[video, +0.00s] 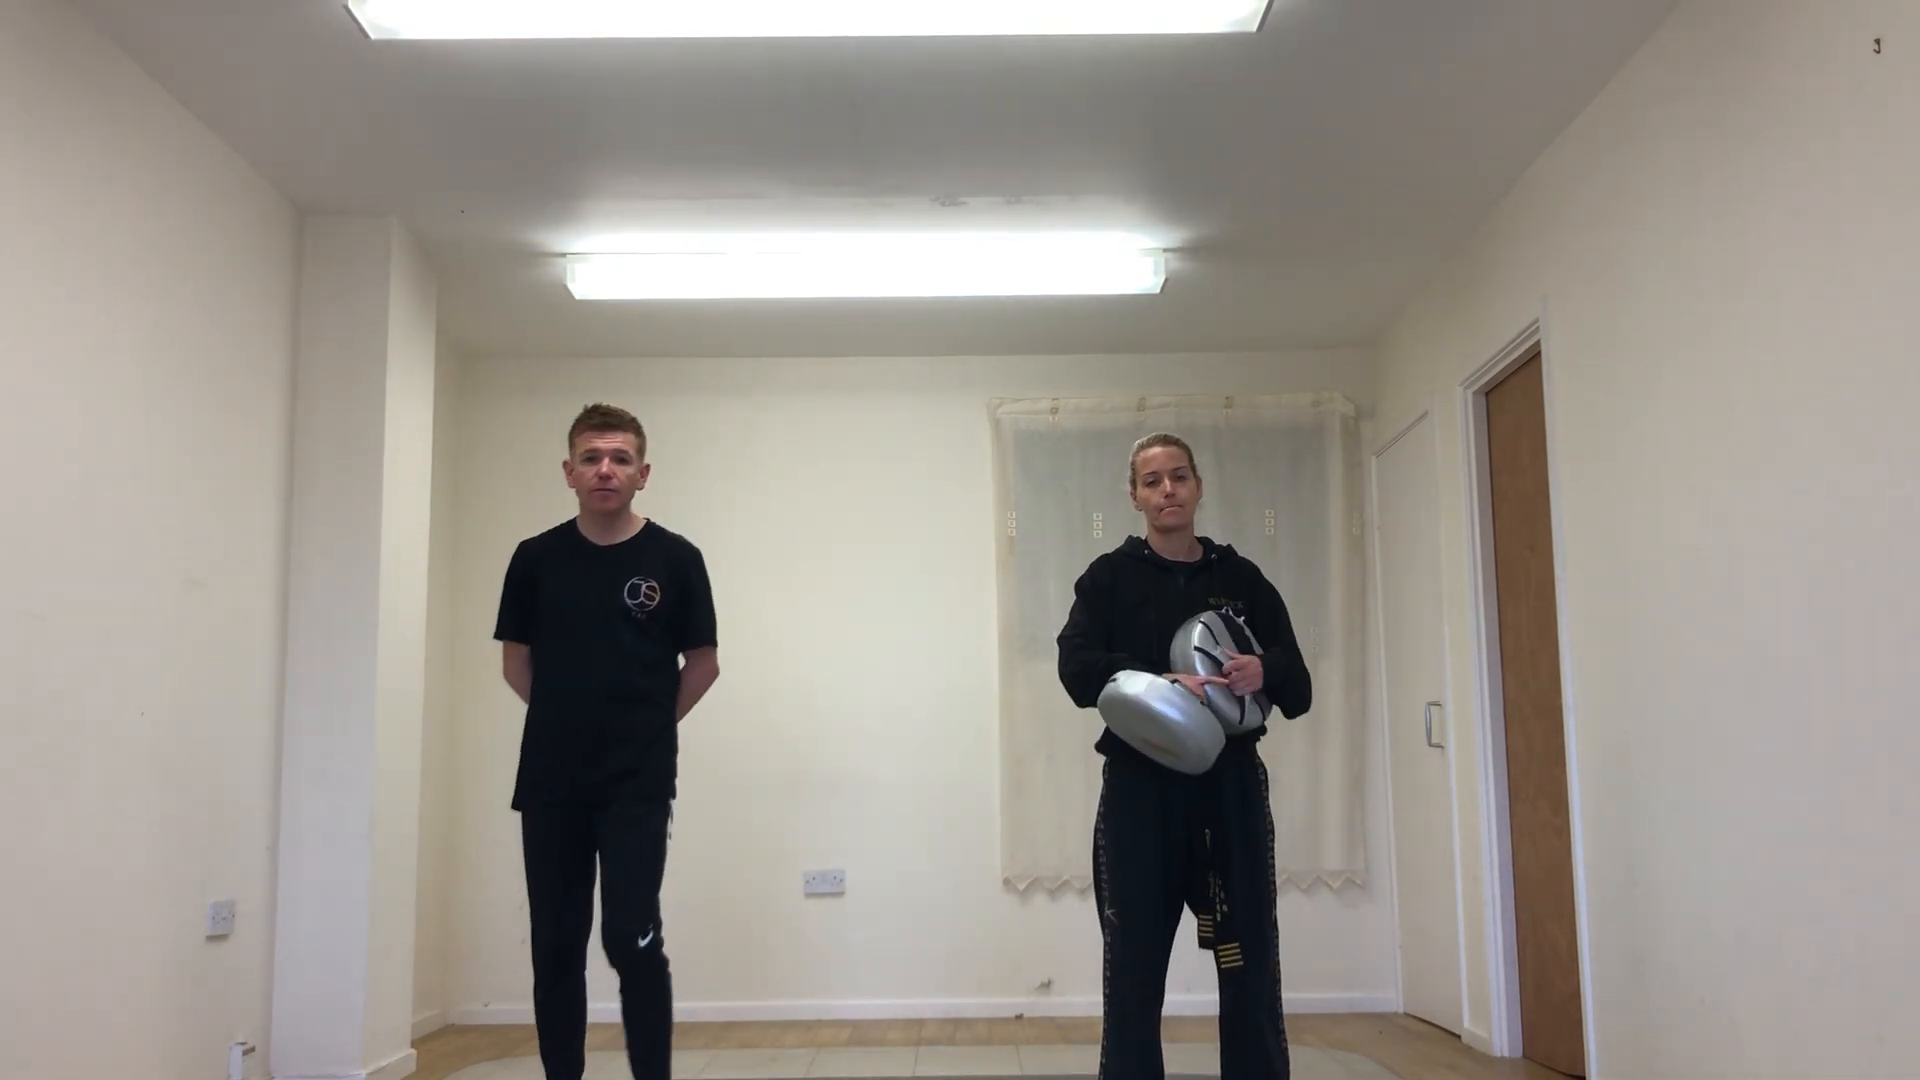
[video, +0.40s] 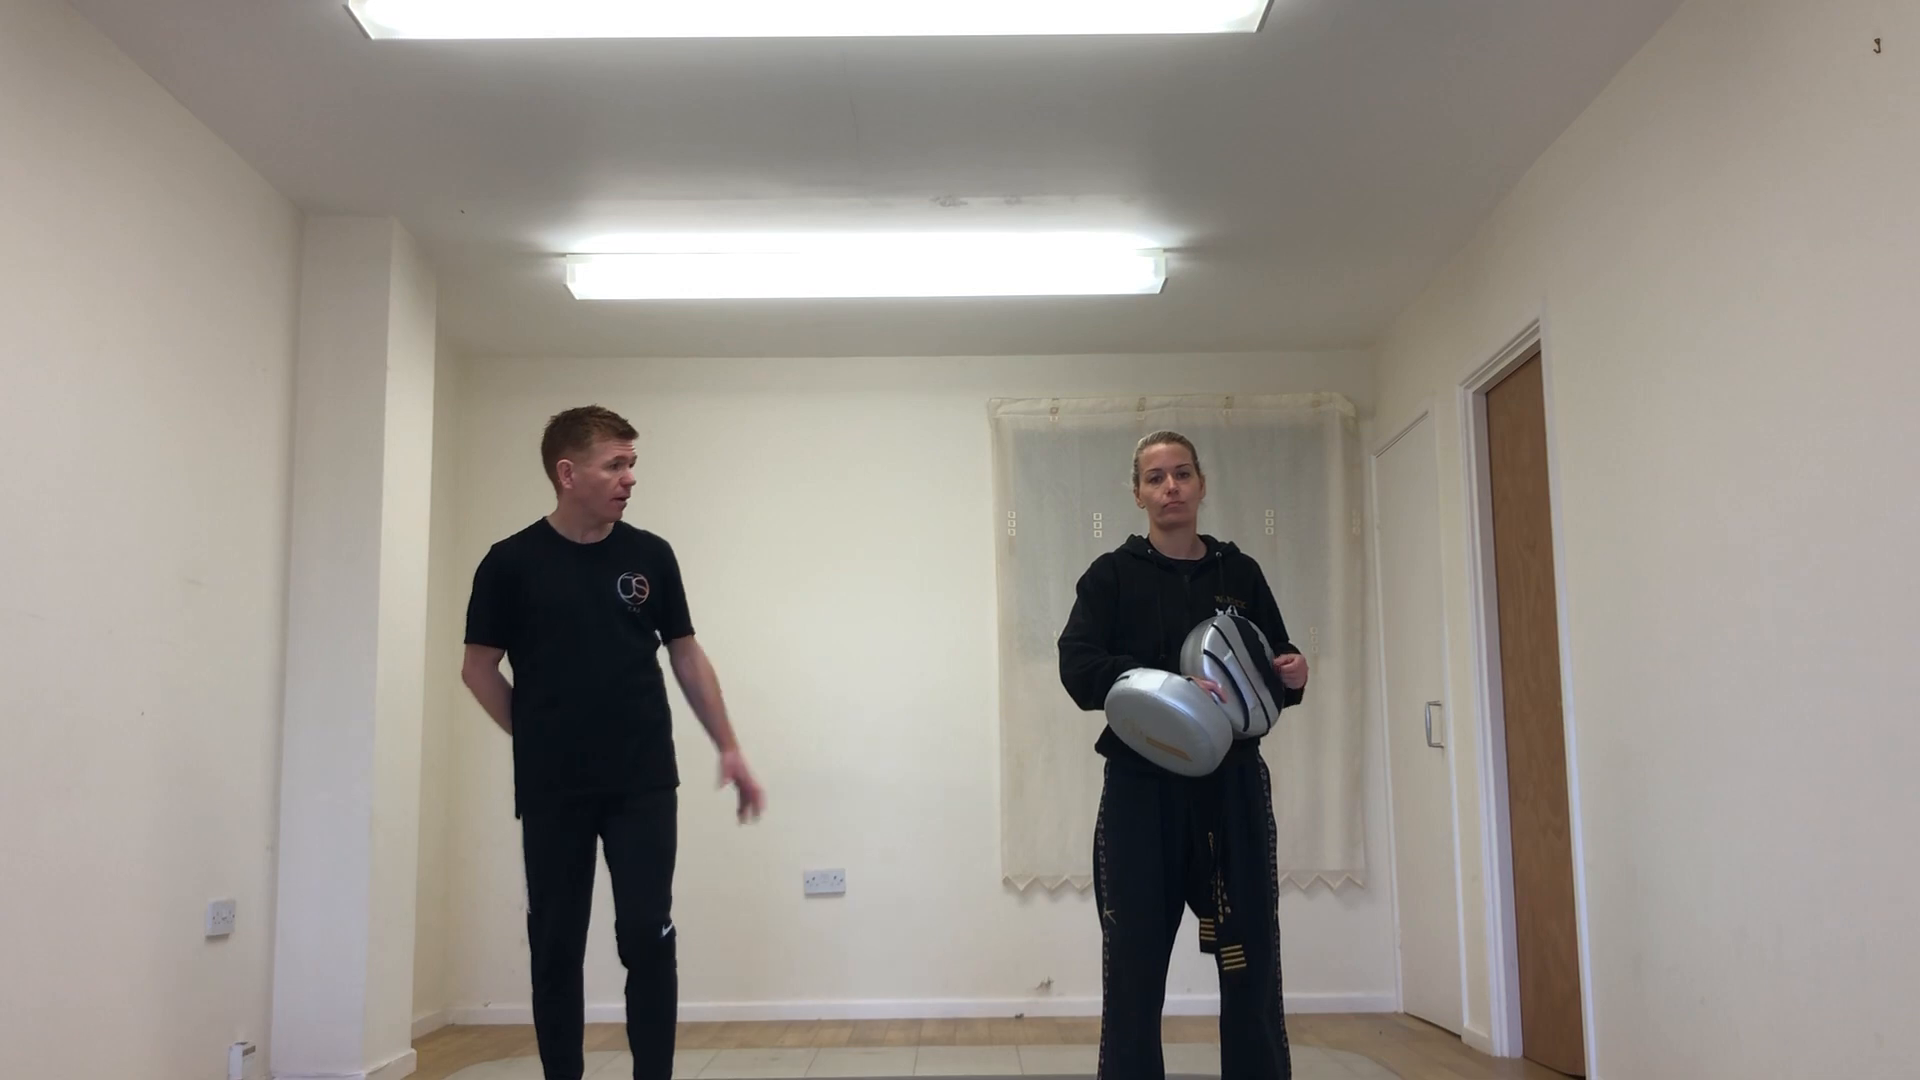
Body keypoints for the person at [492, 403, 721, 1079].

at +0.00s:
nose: (605, 470)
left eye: (620, 459)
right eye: (591, 458)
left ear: (640, 473)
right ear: (570, 471)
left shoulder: (676, 558)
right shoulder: (534, 556)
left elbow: (703, 663)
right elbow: (516, 666)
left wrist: (649, 720)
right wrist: (570, 713)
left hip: (637, 771)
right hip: (553, 772)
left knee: (632, 938)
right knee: (555, 947)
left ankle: (653, 1076)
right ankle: (562, 1076)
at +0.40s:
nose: (630, 478)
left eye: (632, 465)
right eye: (616, 466)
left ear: (629, 470)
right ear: (566, 472)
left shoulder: (649, 556)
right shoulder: (509, 563)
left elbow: (686, 654)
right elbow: (477, 668)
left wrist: (729, 747)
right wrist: (534, 730)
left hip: (642, 777)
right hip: (553, 781)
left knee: (648, 941)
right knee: (555, 947)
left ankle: (654, 1075)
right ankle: (562, 1075)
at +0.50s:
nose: (639, 480)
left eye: (641, 467)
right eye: (625, 467)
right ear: (574, 471)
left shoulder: (648, 557)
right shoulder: (512, 560)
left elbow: (697, 649)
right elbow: (473, 667)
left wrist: (776, 686)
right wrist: (530, 733)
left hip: (643, 778)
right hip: (554, 784)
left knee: (656, 944)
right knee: (555, 949)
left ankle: (662, 1075)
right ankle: (561, 1075)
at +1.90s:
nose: (666, 463)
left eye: (681, 454)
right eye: (653, 451)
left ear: (699, 475)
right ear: (627, 466)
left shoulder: (718, 567)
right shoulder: (575, 546)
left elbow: (730, 678)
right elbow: (538, 654)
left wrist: (669, 718)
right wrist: (588, 712)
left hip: (672, 780)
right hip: (581, 774)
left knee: (678, 954)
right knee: (554, 952)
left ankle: (678, 1077)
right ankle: (536, 1075)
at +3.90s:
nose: (634, 466)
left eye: (650, 458)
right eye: (622, 452)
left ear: (664, 477)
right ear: (592, 464)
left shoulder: (688, 562)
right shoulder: (542, 552)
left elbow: (707, 672)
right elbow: (515, 661)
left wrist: (647, 719)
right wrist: (568, 715)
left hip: (648, 777)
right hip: (557, 774)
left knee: (661, 952)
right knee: (540, 953)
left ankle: (673, 1077)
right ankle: (531, 1076)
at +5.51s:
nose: (530, 465)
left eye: (546, 455)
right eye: (517, 452)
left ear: (569, 475)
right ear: (496, 467)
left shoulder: (601, 559)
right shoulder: (461, 558)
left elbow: (631, 670)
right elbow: (448, 667)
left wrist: (575, 725)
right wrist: (502, 716)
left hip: (567, 776)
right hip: (481, 777)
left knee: (589, 941)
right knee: (500, 953)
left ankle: (644, 1076)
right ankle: (516, 1076)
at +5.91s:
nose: (500, 470)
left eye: (513, 456)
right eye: (484, 462)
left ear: (542, 466)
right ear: (471, 482)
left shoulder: (599, 549)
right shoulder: (459, 571)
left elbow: (639, 655)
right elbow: (456, 680)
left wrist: (590, 718)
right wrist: (515, 714)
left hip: (577, 770)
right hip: (493, 776)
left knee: (562, 940)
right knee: (506, 939)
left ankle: (545, 1064)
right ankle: (519, 1073)